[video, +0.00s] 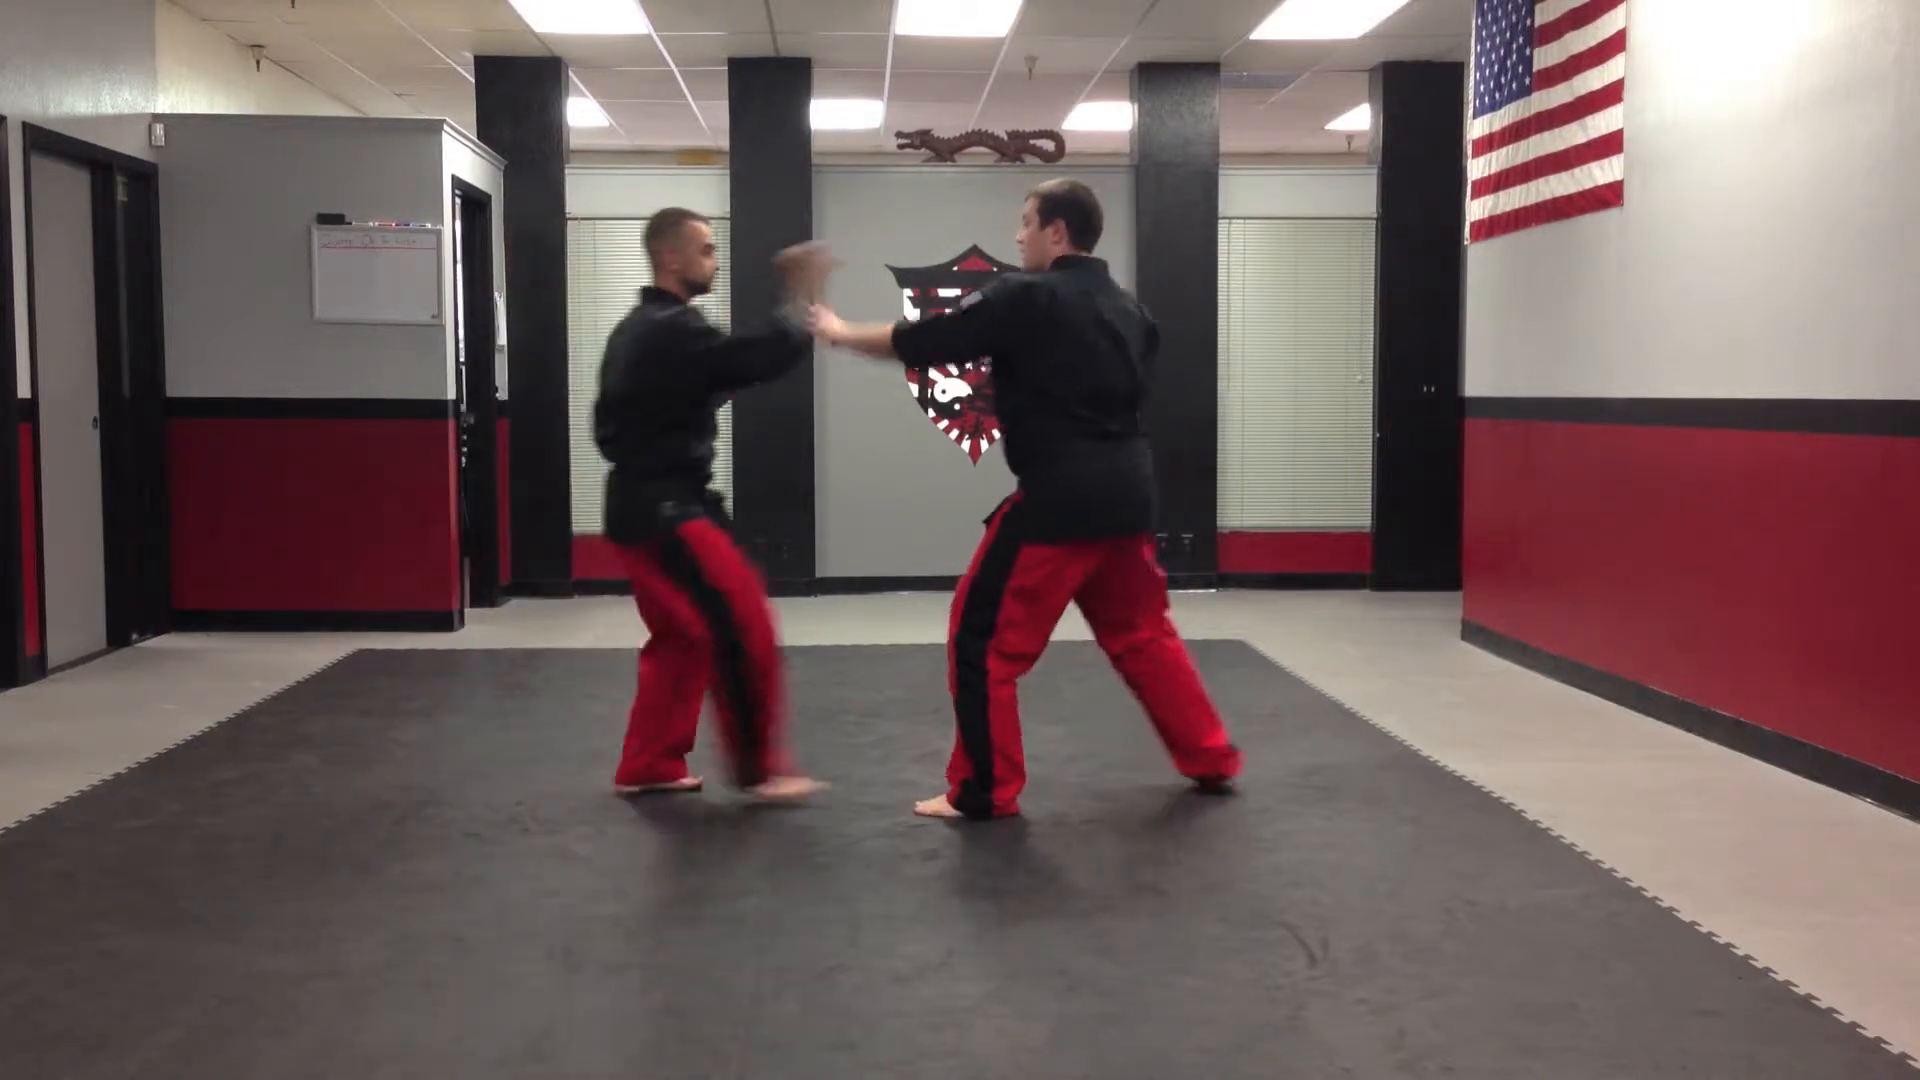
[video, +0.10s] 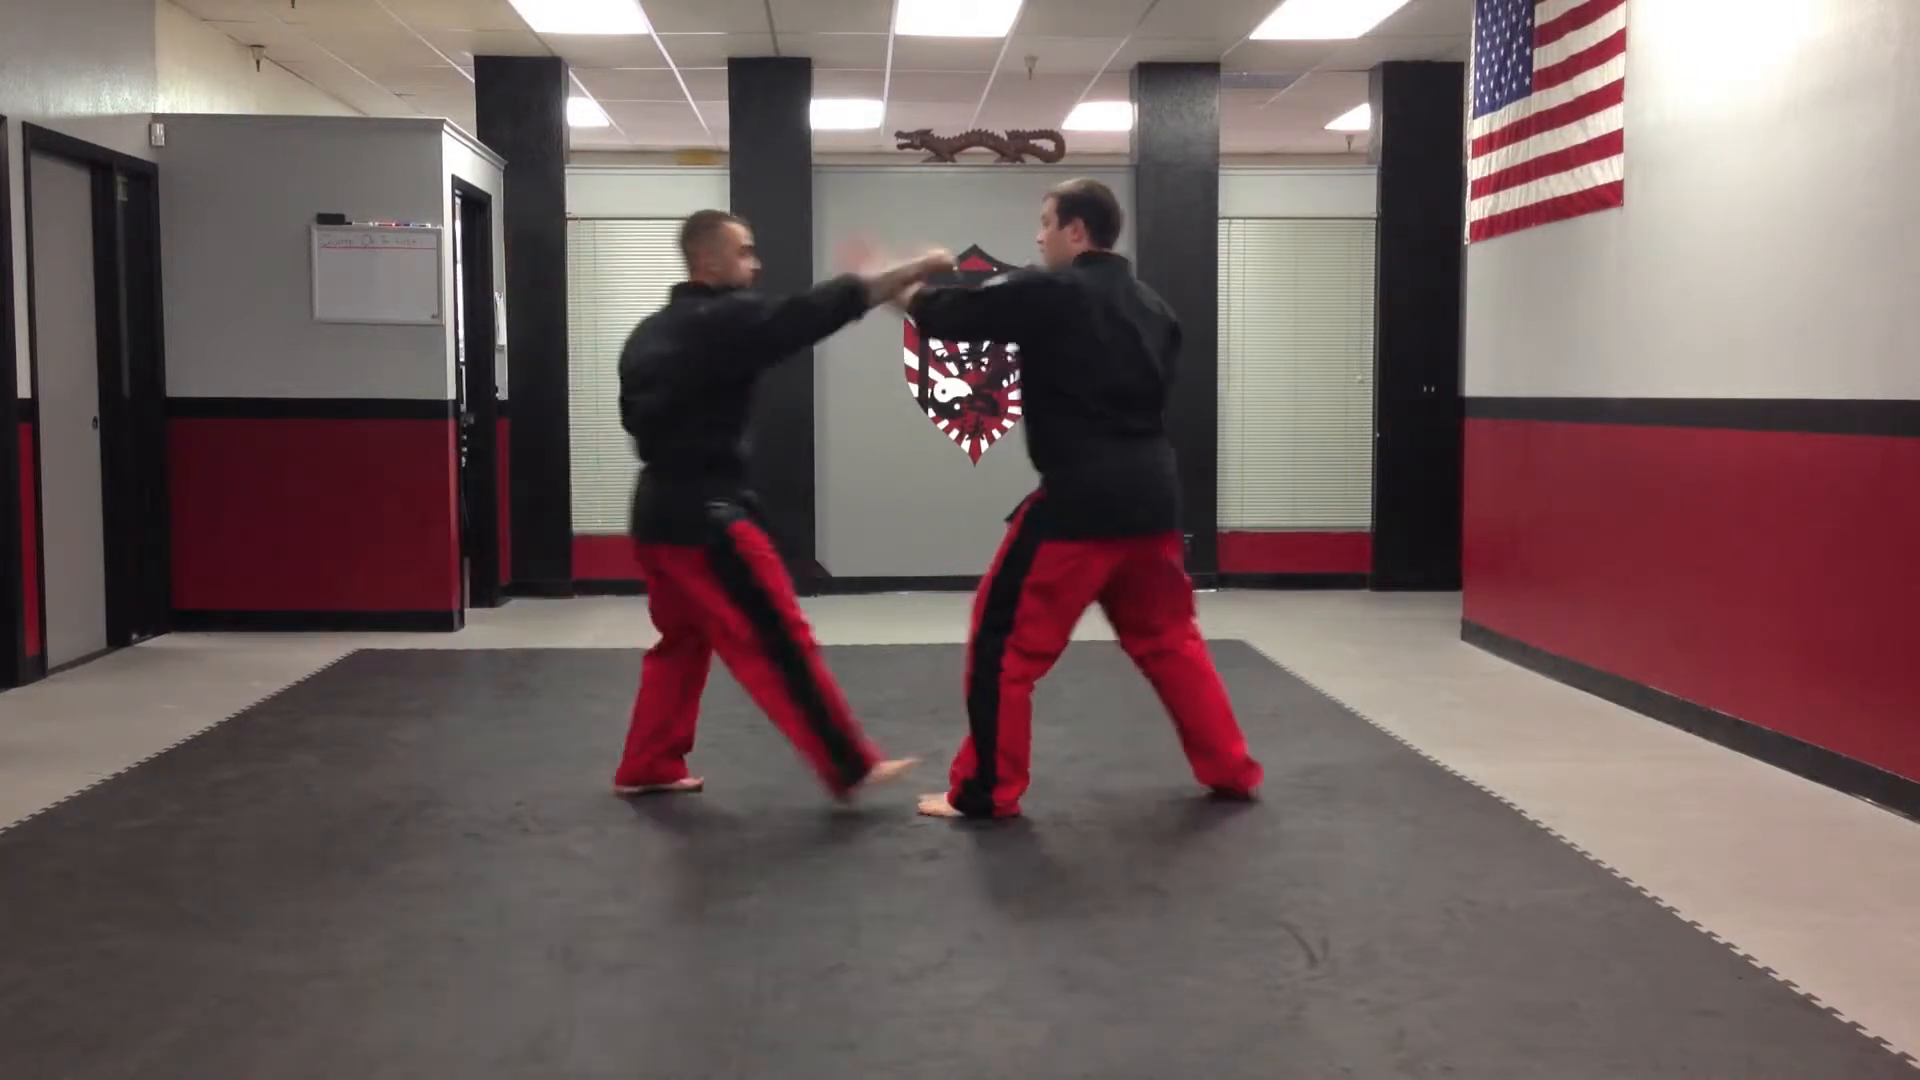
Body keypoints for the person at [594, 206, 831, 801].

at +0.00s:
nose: (715, 261)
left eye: (713, 249)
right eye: (704, 250)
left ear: (665, 260)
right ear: (667, 257)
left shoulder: (633, 330)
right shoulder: (675, 331)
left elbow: (611, 430)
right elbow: (751, 362)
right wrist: (798, 315)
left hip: (636, 511)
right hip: (672, 510)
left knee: (679, 636)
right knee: (743, 619)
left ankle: (649, 765)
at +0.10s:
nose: (755, 262)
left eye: (752, 251)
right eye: (744, 252)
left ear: (698, 263)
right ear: (707, 259)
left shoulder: (650, 333)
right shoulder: (727, 320)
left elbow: (640, 423)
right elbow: (808, 313)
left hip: (659, 516)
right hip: (711, 518)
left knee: (680, 641)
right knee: (780, 637)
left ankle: (649, 766)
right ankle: (851, 766)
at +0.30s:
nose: (813, 270)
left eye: (812, 260)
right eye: (806, 260)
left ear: (753, 269)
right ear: (774, 265)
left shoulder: (704, 338)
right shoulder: (796, 328)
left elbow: (668, 428)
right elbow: (865, 329)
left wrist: (734, 425)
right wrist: (925, 308)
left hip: (722, 524)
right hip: (790, 524)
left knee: (731, 647)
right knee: (865, 650)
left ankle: (665, 766)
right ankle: (890, 791)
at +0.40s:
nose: (832, 266)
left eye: (830, 254)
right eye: (824, 255)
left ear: (771, 262)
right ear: (790, 261)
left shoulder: (720, 335)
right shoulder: (814, 332)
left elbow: (680, 419)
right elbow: (893, 355)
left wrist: (741, 420)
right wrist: (963, 362)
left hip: (733, 519)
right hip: (805, 522)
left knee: (738, 649)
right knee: (872, 654)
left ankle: (685, 780)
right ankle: (890, 791)